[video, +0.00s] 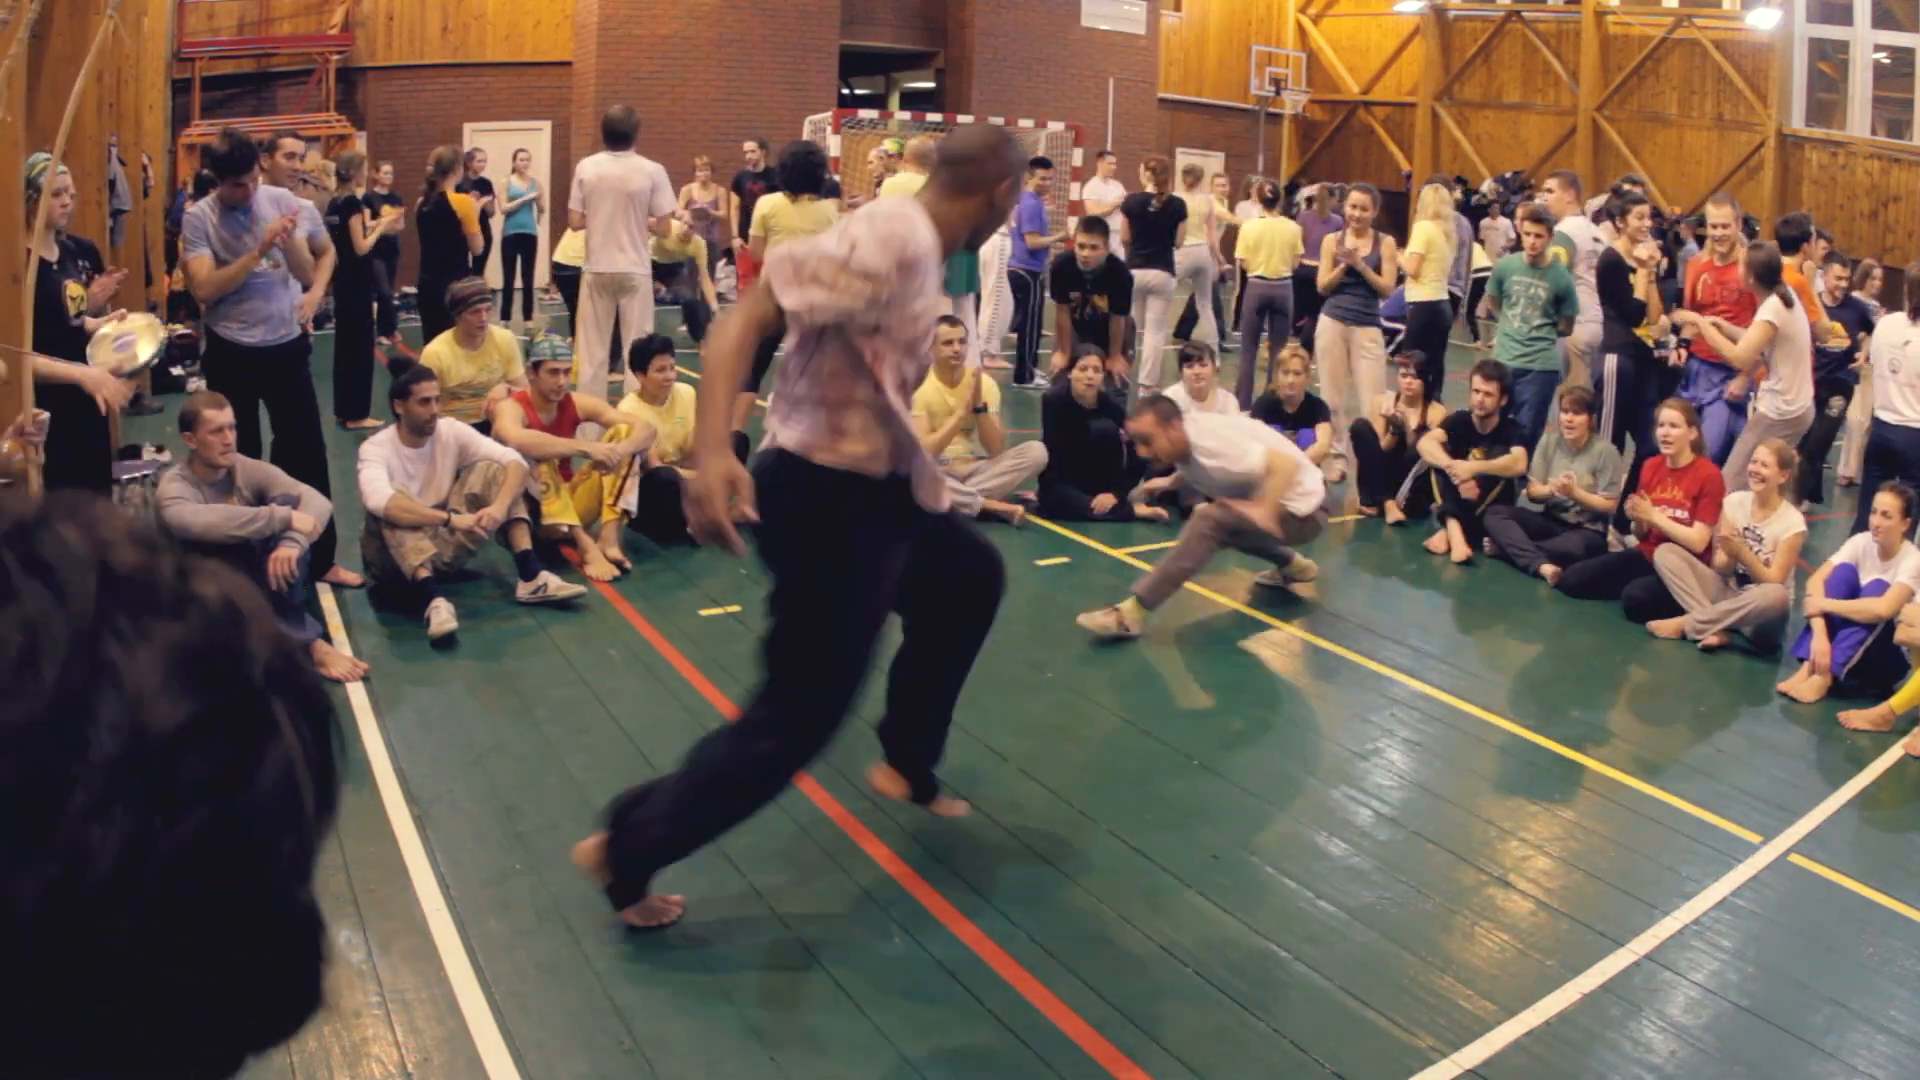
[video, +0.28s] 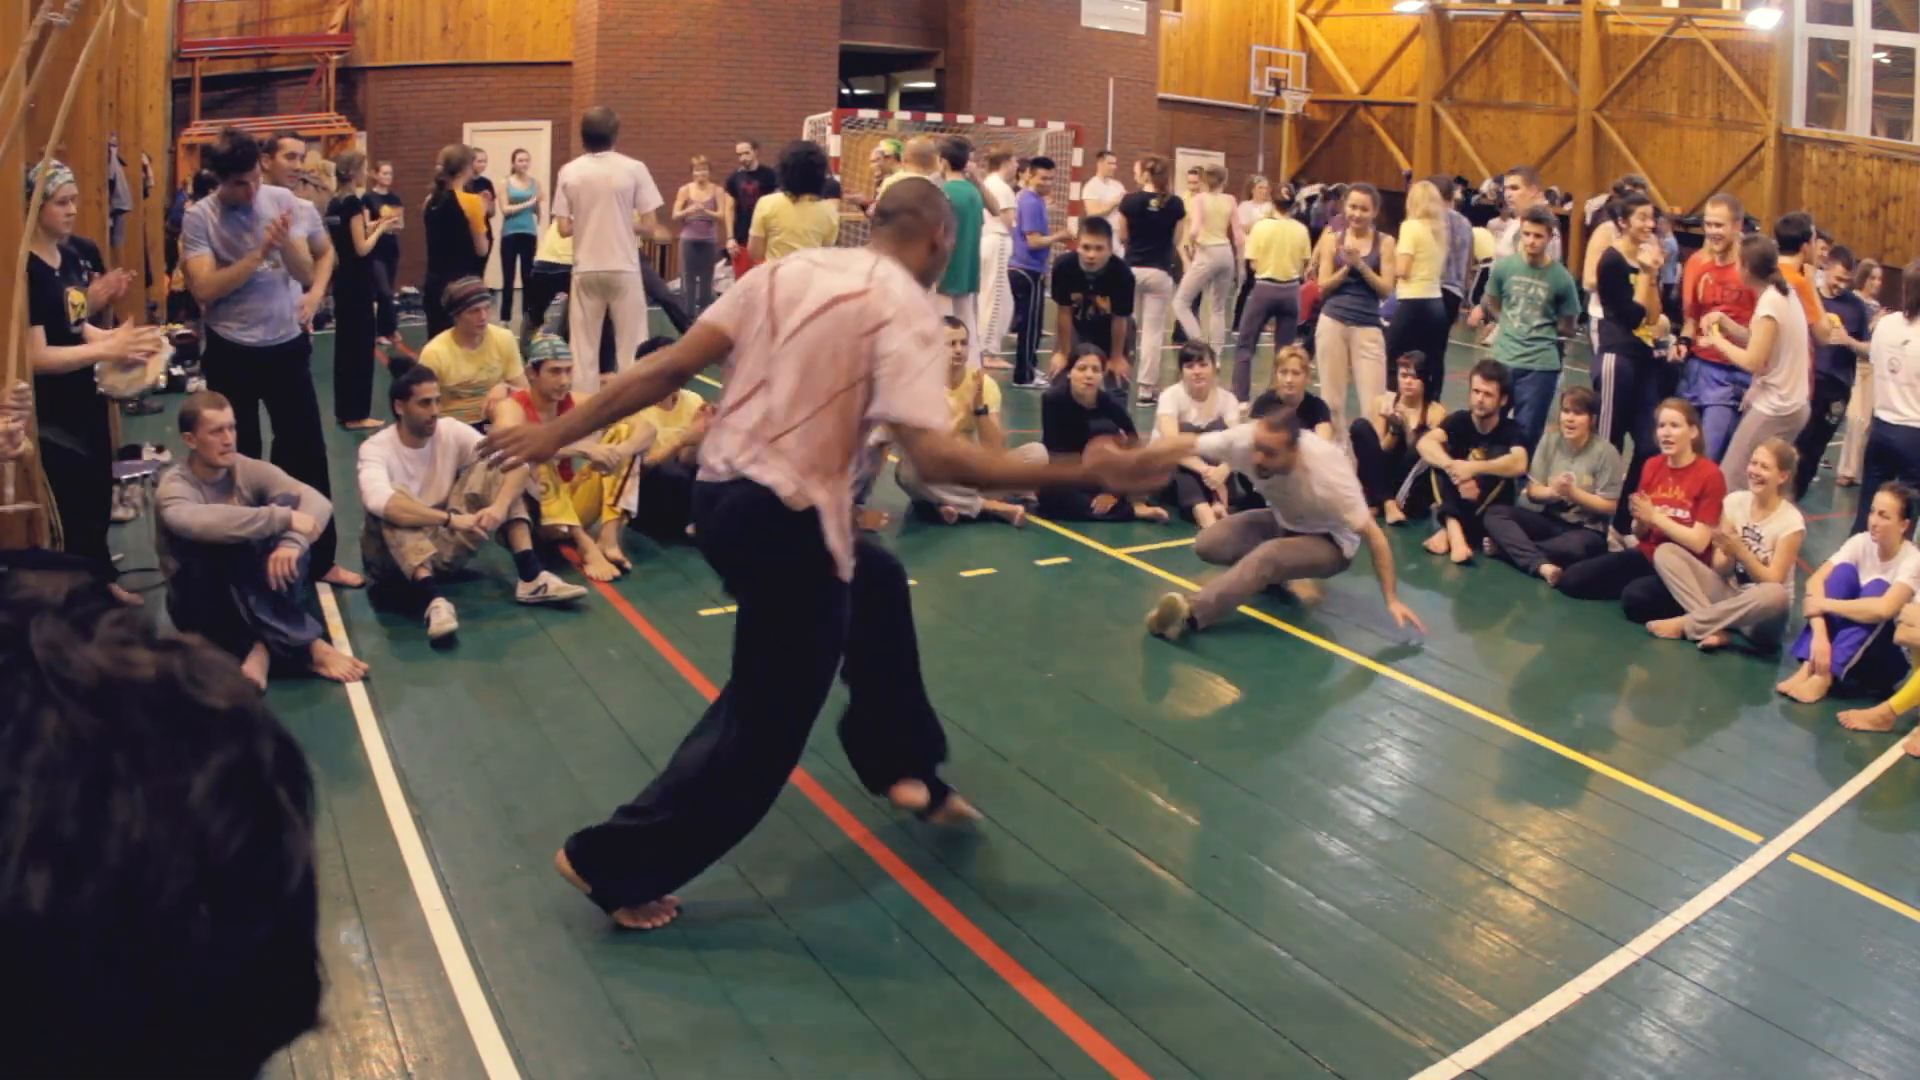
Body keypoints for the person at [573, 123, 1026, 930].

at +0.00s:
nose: (1010, 215)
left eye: (1013, 199)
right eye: (1011, 198)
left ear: (949, 171)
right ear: (987, 190)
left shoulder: (913, 243)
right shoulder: (894, 234)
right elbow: (739, 322)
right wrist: (709, 450)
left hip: (868, 487)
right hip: (826, 493)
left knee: (969, 579)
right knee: (797, 719)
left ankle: (909, 762)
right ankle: (627, 848)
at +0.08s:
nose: (976, 253)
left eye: (978, 237)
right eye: (976, 237)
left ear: (905, 215)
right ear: (956, 233)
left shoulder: (831, 264)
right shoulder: (875, 298)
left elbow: (718, 327)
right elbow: (763, 405)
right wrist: (773, 533)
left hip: (778, 522)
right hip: (805, 538)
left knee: (941, 619)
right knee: (750, 735)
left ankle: (955, 816)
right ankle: (598, 866)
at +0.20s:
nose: (946, 290)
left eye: (952, 275)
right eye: (953, 273)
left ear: (877, 237)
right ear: (940, 255)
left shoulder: (783, 287)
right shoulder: (871, 322)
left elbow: (671, 378)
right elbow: (862, 489)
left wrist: (574, 432)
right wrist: (975, 555)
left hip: (709, 520)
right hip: (769, 540)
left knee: (880, 630)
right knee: (764, 739)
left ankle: (953, 822)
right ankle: (613, 865)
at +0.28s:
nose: (946, 262)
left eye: (946, 248)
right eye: (948, 247)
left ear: (869, 225)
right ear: (931, 235)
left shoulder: (778, 274)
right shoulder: (906, 309)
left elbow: (668, 365)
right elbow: (932, 453)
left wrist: (554, 432)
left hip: (714, 498)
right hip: (788, 519)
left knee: (879, 582)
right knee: (765, 720)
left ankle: (900, 764)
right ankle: (621, 861)